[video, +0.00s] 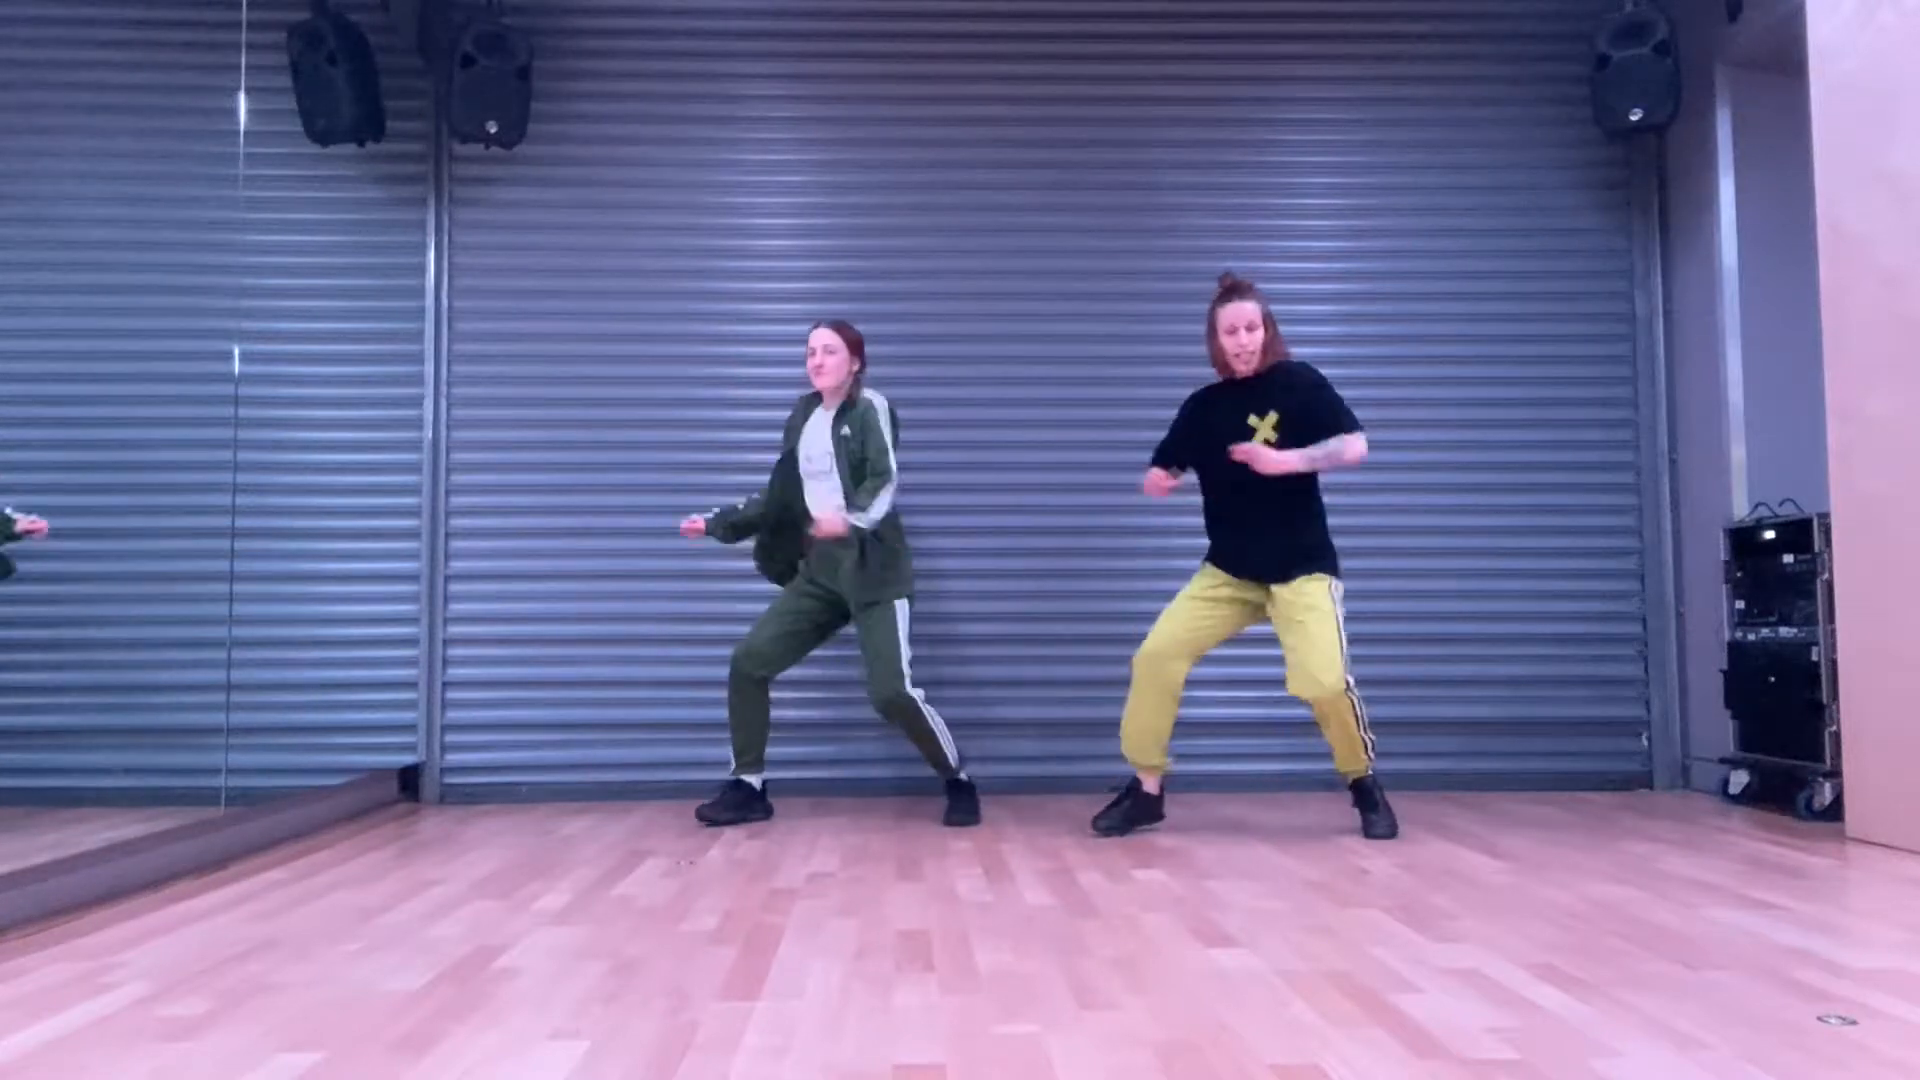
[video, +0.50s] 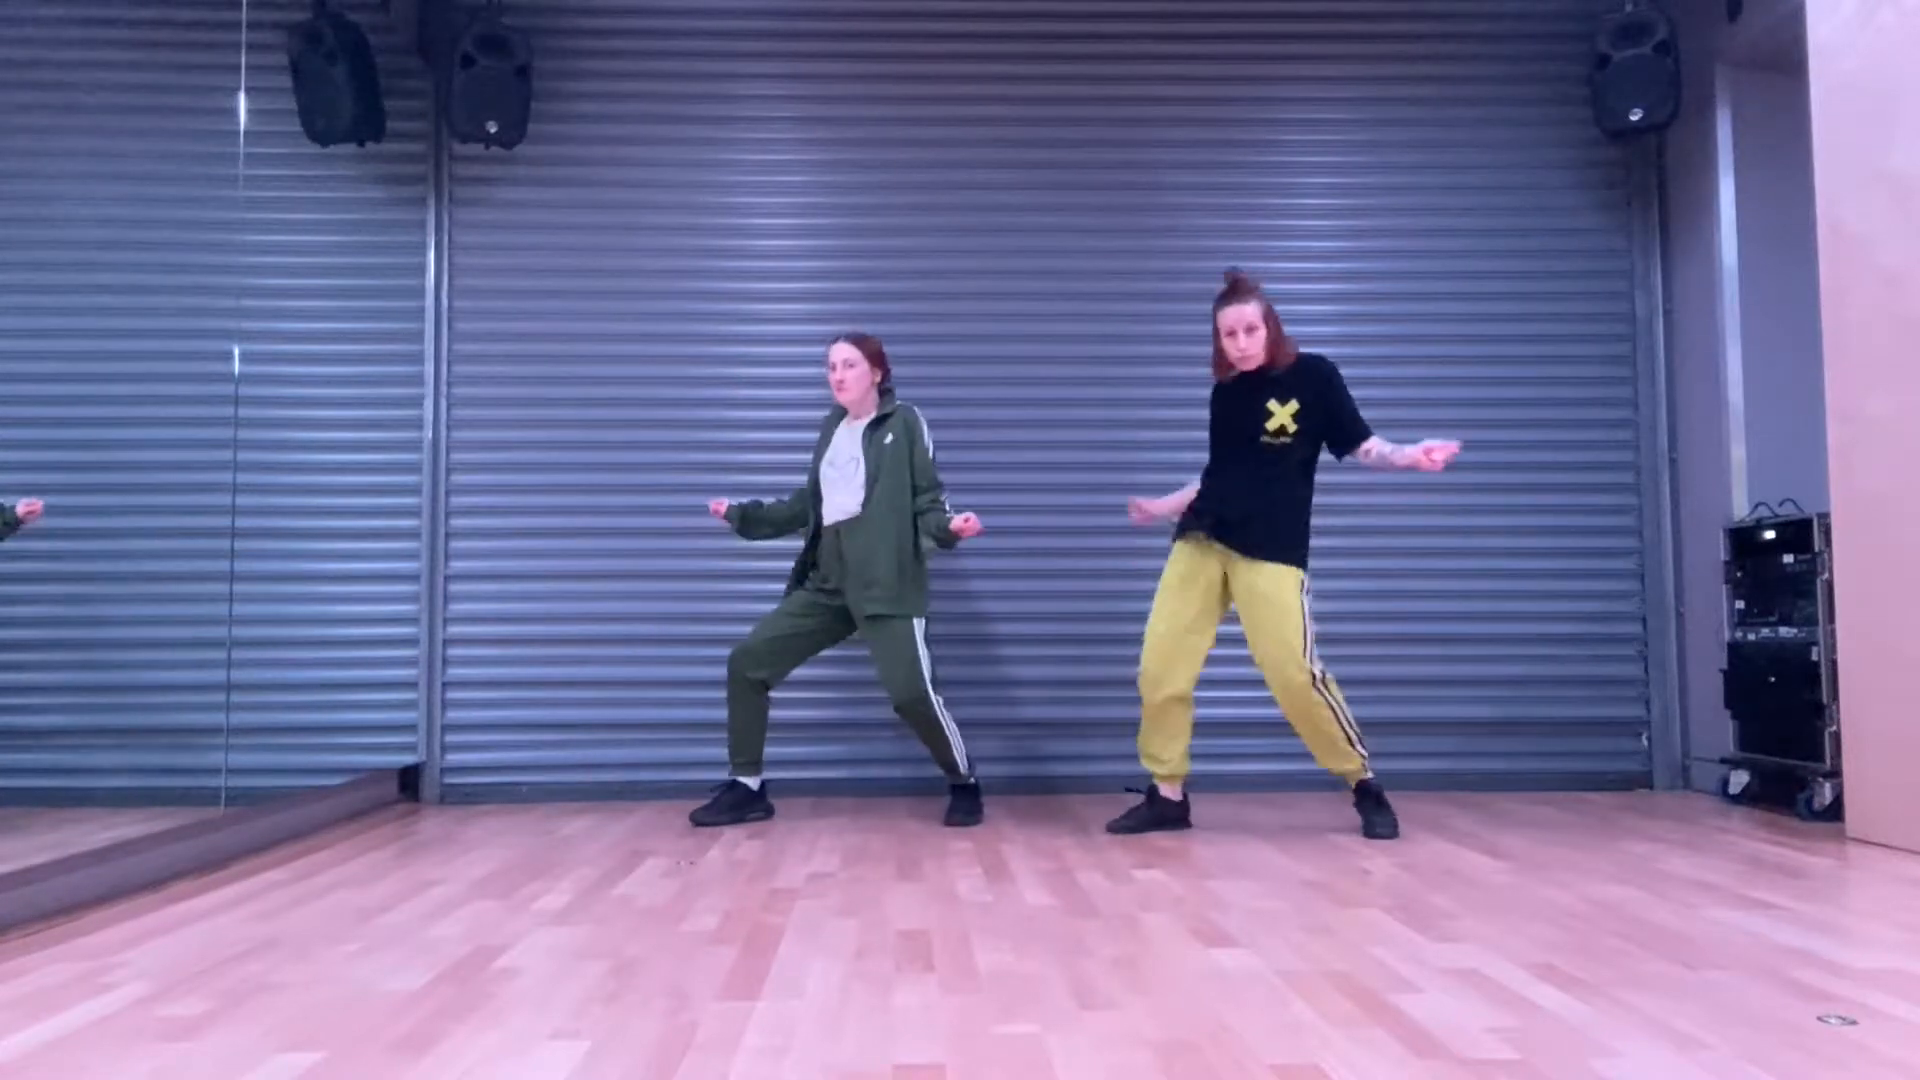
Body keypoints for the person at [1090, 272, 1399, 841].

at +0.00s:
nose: (1241, 341)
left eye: (1250, 329)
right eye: (1229, 331)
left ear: (1267, 331)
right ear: (1214, 338)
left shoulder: (1299, 383)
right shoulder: (1202, 406)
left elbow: (1355, 446)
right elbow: (1160, 477)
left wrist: (1284, 459)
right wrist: (1161, 480)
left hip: (1301, 571)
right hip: (1227, 571)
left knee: (1321, 684)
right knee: (1156, 656)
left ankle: (1365, 787)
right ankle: (1146, 791)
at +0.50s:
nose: (1240, 344)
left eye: (1250, 330)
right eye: (1229, 334)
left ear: (1271, 328)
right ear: (1218, 339)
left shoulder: (1314, 378)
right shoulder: (1225, 394)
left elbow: (1360, 447)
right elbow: (1219, 481)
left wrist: (1411, 457)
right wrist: (1163, 507)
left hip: (1268, 551)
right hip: (1200, 540)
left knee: (1292, 678)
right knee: (1162, 668)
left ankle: (1364, 790)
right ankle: (1167, 798)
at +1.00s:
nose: (1160, 306)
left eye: (1170, 293)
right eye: (1149, 296)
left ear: (1187, 293)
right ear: (1133, 300)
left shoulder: (1209, 354)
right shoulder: (1146, 363)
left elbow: (1238, 439)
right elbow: (1148, 455)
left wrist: (1261, 499)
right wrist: (1131, 531)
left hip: (1200, 537)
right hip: (1145, 540)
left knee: (1246, 659)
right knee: (1169, 671)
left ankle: (1325, 776)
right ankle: (1173, 799)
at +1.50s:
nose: (1111, 350)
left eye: (1122, 340)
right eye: (1101, 339)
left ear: (1137, 348)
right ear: (1085, 350)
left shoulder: (1161, 408)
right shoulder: (1079, 430)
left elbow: (1215, 484)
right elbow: (1043, 509)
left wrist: (1224, 519)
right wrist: (992, 552)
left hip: (1181, 573)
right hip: (1116, 575)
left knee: (1128, 683)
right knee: (1086, 684)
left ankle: (1168, 802)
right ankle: (1111, 801)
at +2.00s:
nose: (1161, 284)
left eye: (1171, 280)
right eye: (1150, 280)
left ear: (1188, 303)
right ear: (1133, 305)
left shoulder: (1226, 368)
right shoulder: (1108, 375)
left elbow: (1305, 376)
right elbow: (1019, 400)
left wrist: (1266, 395)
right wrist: (931, 418)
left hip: (1180, 553)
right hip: (1108, 545)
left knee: (1148, 669)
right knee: (1026, 634)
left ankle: (1167, 799)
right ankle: (918, 721)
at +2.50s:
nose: (1119, 298)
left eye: (1129, 290)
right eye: (1109, 290)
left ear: (1146, 304)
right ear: (1093, 304)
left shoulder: (1179, 370)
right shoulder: (1065, 374)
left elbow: (1271, 364)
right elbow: (976, 384)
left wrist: (1346, 366)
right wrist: (1046, 362)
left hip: (1147, 550)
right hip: (1080, 547)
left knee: (1098, 678)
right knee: (1102, 669)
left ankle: (1015, 774)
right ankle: (1136, 792)